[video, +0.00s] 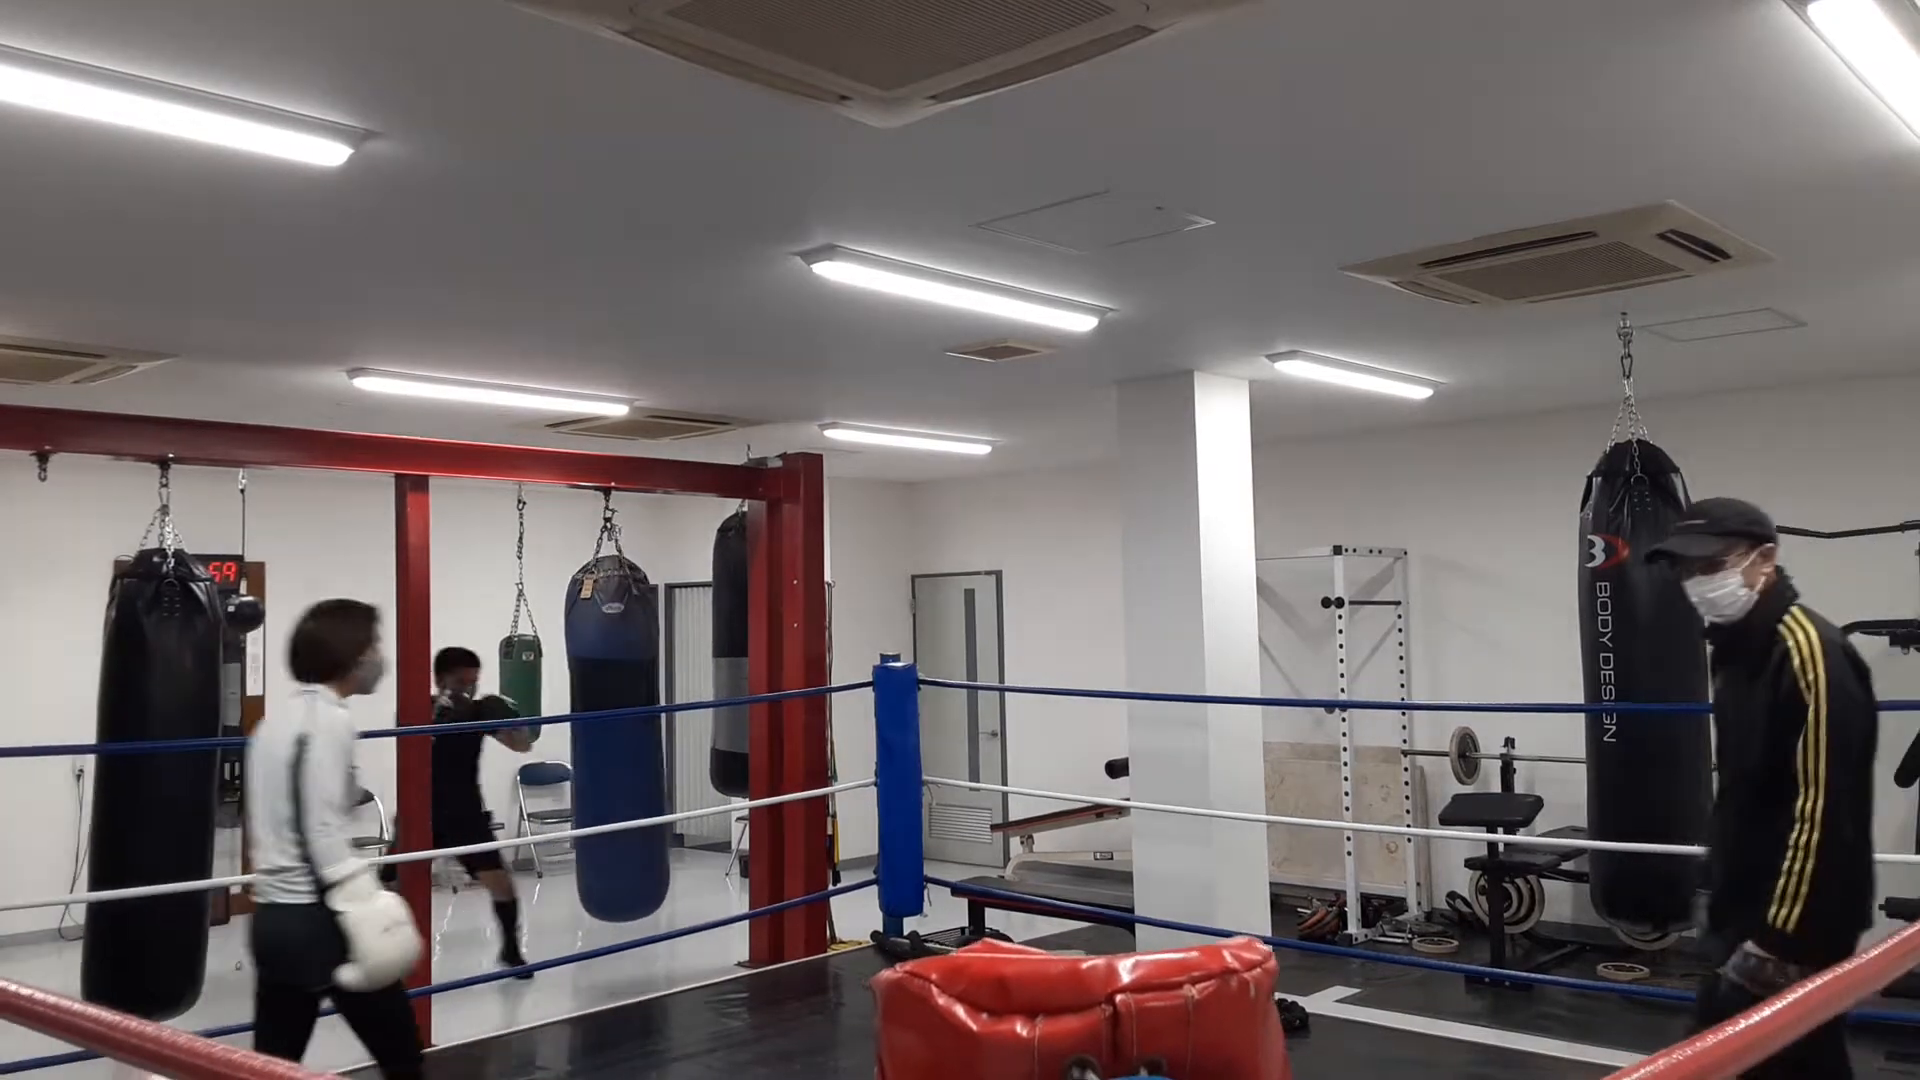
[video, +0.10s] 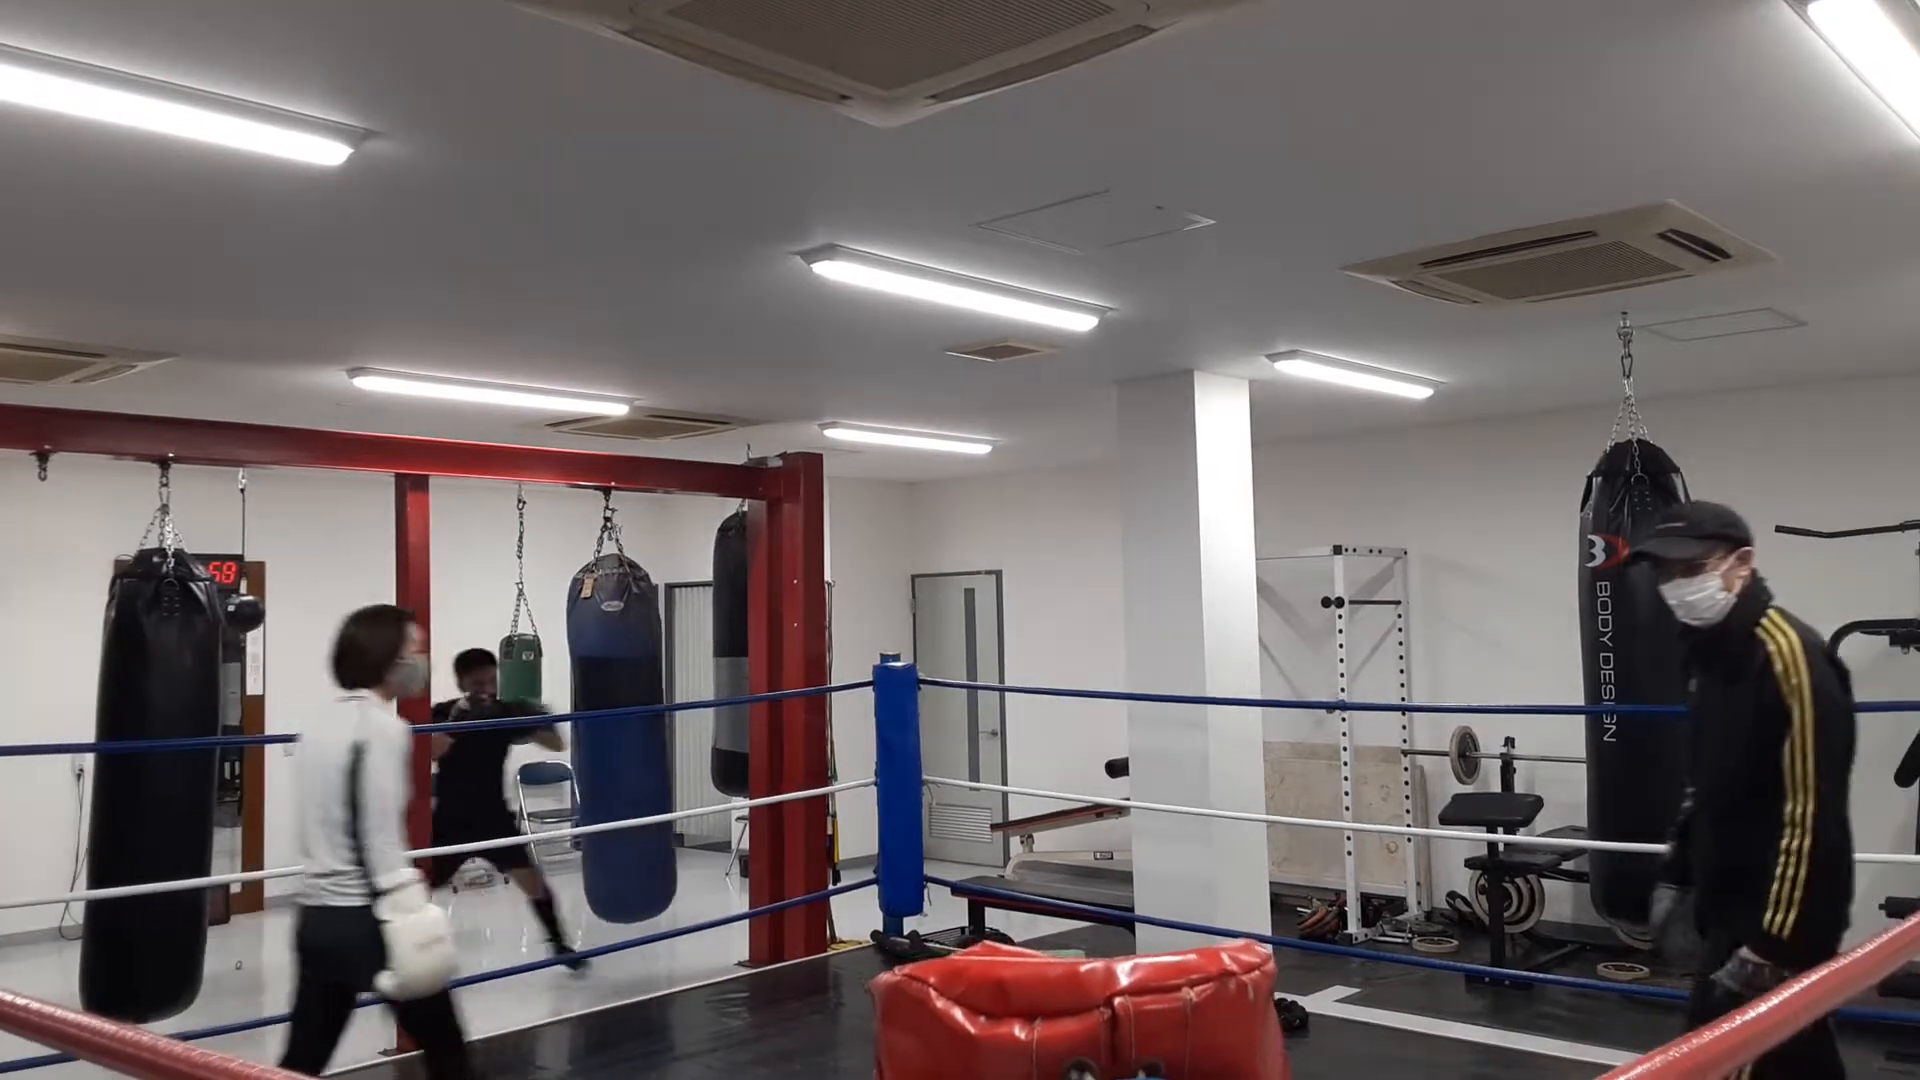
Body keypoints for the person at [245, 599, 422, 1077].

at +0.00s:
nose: (383, 655)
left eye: (379, 644)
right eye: (375, 645)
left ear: (315, 652)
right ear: (352, 657)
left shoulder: (271, 724)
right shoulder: (330, 722)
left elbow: (265, 829)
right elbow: (326, 831)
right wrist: (373, 913)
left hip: (275, 920)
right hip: (327, 918)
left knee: (271, 1067)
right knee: (402, 1058)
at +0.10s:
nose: (423, 658)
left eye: (421, 647)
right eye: (416, 647)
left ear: (357, 655)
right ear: (390, 658)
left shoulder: (319, 723)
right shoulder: (383, 726)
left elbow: (311, 830)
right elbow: (381, 833)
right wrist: (415, 916)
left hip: (320, 921)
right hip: (375, 919)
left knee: (301, 1063)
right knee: (447, 1054)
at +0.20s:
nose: (466, 652)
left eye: (462, 642)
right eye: (457, 643)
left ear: (399, 653)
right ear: (433, 655)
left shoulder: (364, 721)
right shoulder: (435, 724)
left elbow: (366, 815)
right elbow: (438, 830)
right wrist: (456, 917)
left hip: (376, 913)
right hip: (433, 910)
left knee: (363, 1051)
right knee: (489, 1052)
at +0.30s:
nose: (508, 648)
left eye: (506, 638)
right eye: (502, 640)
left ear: (442, 646)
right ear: (481, 650)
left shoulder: (407, 714)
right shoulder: (485, 721)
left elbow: (394, 814)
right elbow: (484, 820)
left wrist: (402, 888)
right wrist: (506, 903)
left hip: (422, 900)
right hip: (477, 898)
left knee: (446, 1034)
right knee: (509, 1045)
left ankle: (387, 1075)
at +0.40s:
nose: (547, 643)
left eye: (544, 632)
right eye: (539, 633)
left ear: (481, 642)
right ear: (517, 644)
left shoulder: (441, 709)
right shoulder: (527, 712)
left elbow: (429, 810)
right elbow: (528, 818)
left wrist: (425, 884)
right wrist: (560, 899)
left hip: (457, 894)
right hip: (510, 893)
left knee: (514, 1006)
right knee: (523, 1022)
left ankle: (458, 1070)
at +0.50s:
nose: (585, 641)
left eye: (583, 630)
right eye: (577, 631)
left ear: (516, 640)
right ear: (555, 642)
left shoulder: (477, 706)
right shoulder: (564, 706)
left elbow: (458, 802)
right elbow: (573, 809)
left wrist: (439, 880)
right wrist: (612, 889)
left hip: (493, 888)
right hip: (544, 889)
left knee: (573, 988)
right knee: (538, 1015)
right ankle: (518, 1074)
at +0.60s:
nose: (621, 642)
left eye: (618, 632)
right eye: (613, 634)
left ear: (556, 644)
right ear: (589, 645)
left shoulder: (517, 707)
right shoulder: (599, 708)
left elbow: (491, 791)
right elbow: (609, 812)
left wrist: (463, 864)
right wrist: (655, 876)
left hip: (530, 887)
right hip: (575, 889)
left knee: (605, 998)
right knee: (546, 1024)